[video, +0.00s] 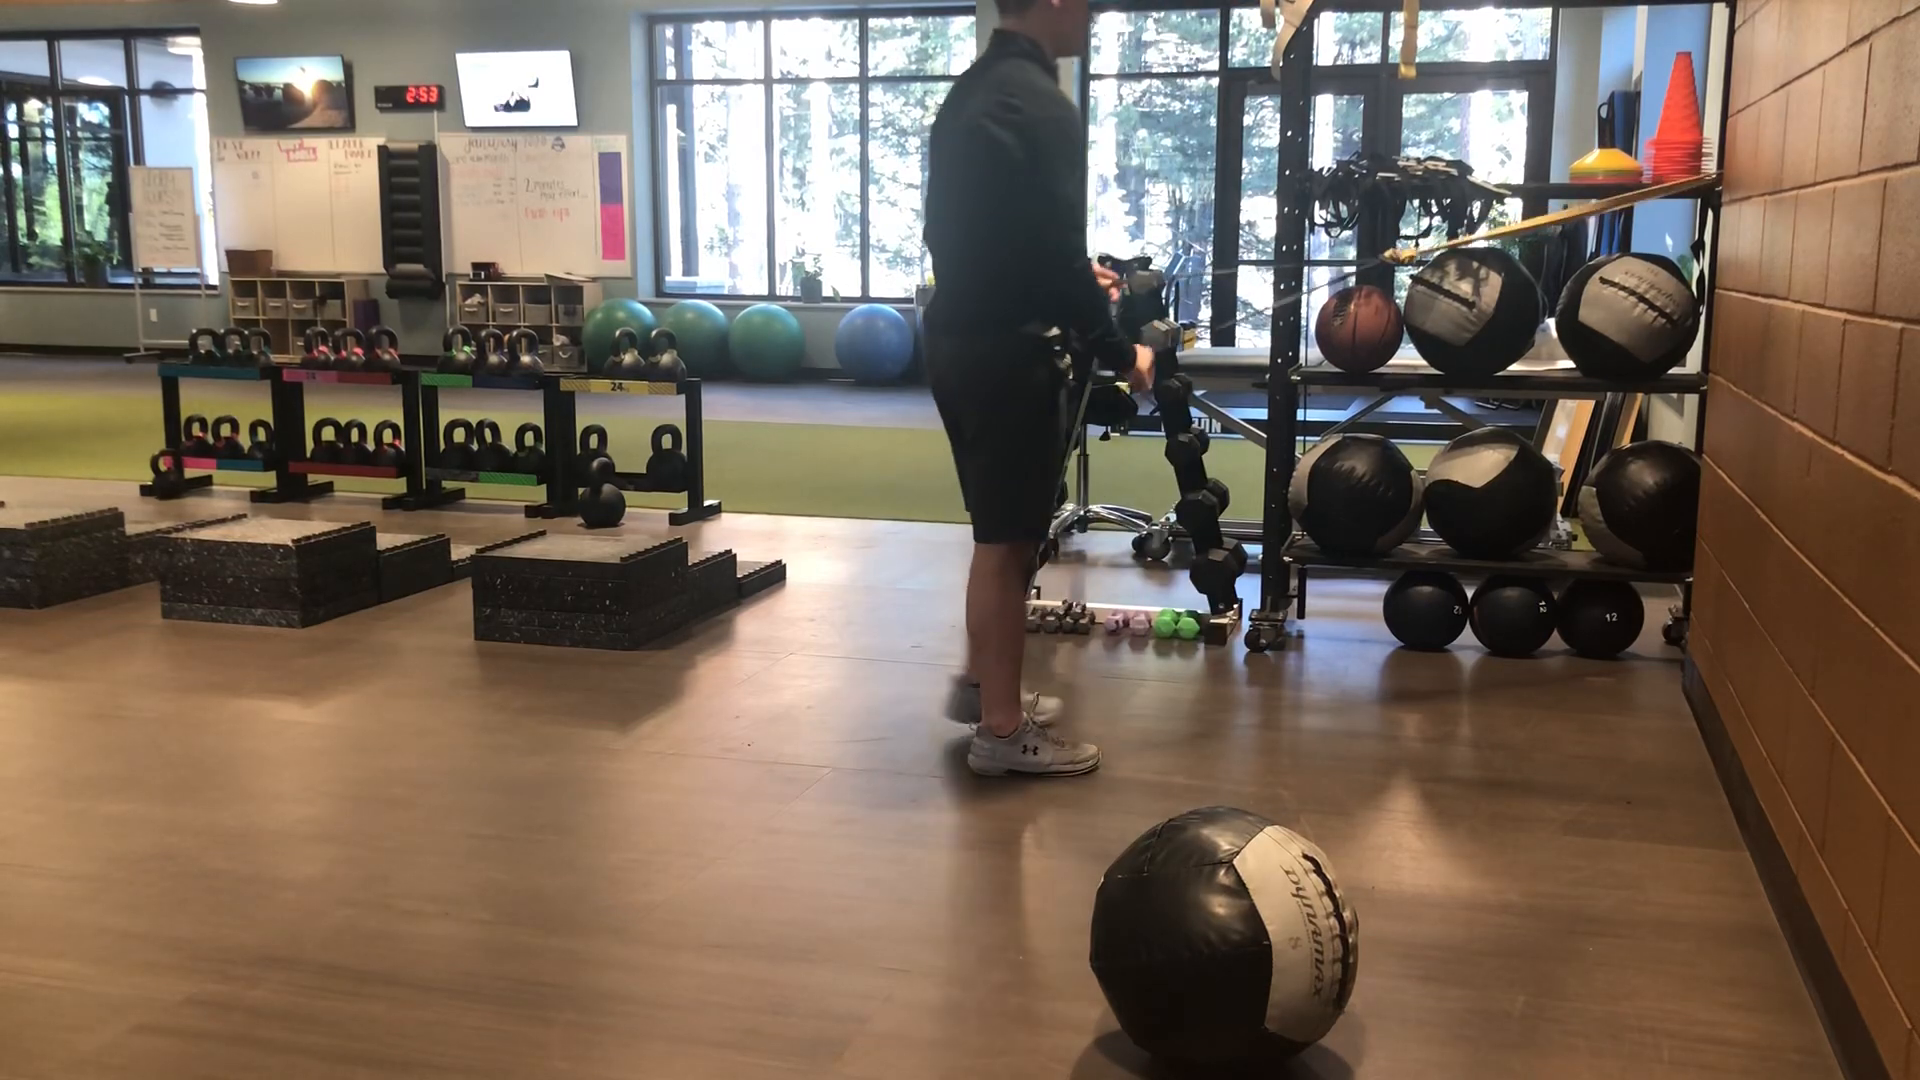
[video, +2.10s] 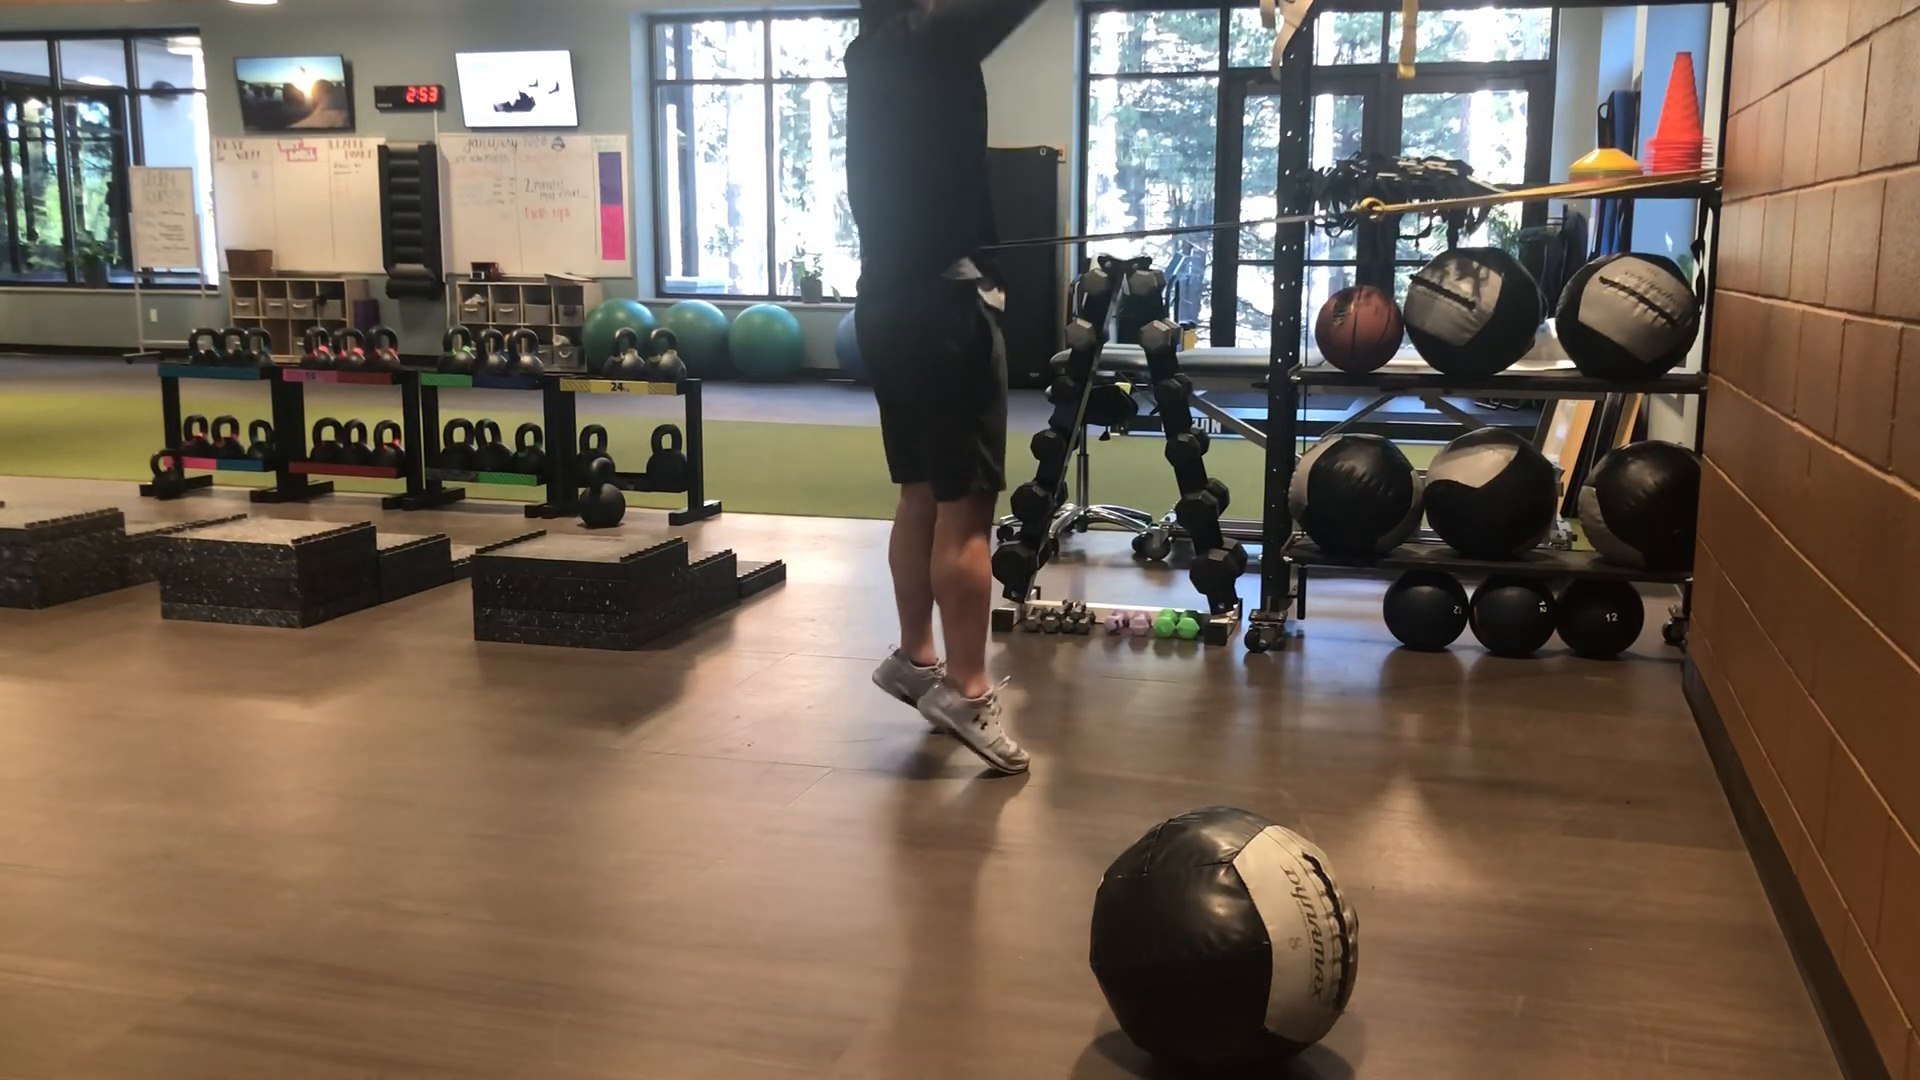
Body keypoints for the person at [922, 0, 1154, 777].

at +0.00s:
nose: (1091, 20)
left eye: (1089, 9)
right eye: (1086, 8)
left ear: (1014, 11)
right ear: (1055, 8)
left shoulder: (968, 96)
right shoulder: (1045, 109)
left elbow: (967, 238)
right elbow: (1051, 260)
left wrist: (1075, 272)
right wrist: (1121, 348)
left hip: (960, 342)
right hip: (1011, 348)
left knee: (1004, 529)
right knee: (1009, 540)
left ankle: (983, 681)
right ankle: (1001, 731)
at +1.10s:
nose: (970, 20)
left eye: (967, 8)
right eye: (967, 8)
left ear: (903, 16)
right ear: (945, 10)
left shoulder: (870, 101)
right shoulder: (938, 104)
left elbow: (860, 231)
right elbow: (959, 231)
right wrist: (1045, 284)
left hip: (867, 335)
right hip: (919, 338)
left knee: (902, 525)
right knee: (931, 537)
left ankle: (887, 697)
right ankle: (929, 730)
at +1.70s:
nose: (948, 12)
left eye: (944, 2)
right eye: (941, 2)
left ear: (882, 15)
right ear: (912, 9)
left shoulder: (855, 97)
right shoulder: (926, 104)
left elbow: (951, 174)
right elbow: (1010, 198)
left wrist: (1044, 172)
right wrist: (1106, 189)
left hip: (859, 341)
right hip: (916, 345)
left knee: (898, 525)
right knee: (939, 539)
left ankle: (884, 699)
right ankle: (929, 733)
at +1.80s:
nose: (953, 13)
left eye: (950, 3)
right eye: (946, 2)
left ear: (884, 14)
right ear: (914, 7)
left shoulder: (861, 92)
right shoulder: (929, 91)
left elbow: (988, 114)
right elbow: (1050, 119)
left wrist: (1054, 61)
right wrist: (1114, 63)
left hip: (871, 336)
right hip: (929, 340)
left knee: (902, 524)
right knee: (946, 538)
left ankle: (885, 699)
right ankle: (931, 732)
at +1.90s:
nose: (955, 12)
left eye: (951, 2)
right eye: (948, 1)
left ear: (882, 10)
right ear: (916, 4)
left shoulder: (866, 81)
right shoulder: (932, 82)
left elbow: (990, 64)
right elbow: (1072, 62)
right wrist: (1094, 1)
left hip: (874, 333)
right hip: (933, 336)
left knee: (907, 520)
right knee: (951, 536)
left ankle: (889, 693)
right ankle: (934, 725)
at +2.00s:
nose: (965, 19)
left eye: (965, 10)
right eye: (960, 8)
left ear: (887, 11)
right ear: (931, 4)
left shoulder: (861, 75)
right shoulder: (931, 57)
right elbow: (1043, 15)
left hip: (878, 314)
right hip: (939, 313)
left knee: (915, 506)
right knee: (961, 515)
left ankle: (902, 669)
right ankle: (950, 706)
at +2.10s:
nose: (966, 12)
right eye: (960, 6)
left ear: (887, 5)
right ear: (935, 1)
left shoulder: (867, 55)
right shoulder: (942, 39)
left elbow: (870, 195)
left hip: (884, 297)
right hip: (946, 297)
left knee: (919, 490)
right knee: (968, 510)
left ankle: (916, 657)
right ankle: (968, 695)